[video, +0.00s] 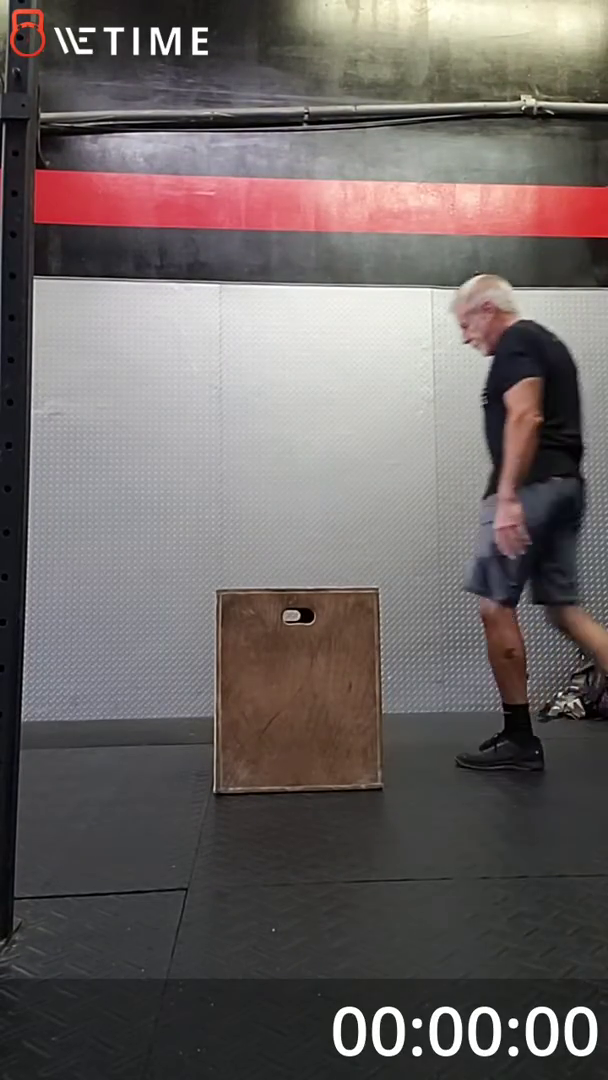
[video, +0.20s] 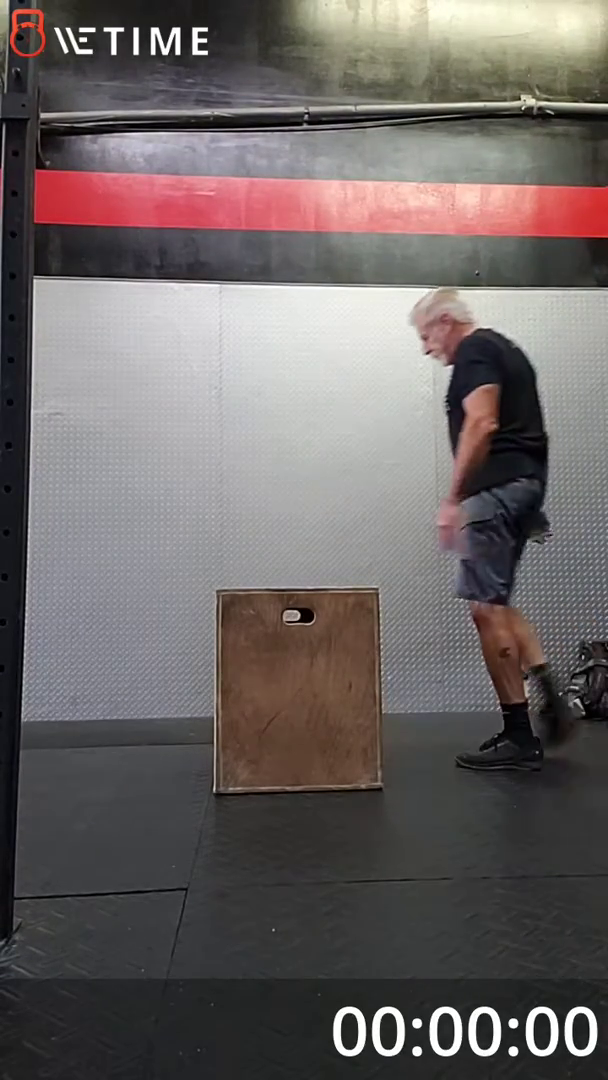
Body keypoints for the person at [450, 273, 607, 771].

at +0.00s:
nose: (466, 336)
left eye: (468, 325)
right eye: (462, 328)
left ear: (490, 311)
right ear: (499, 312)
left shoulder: (516, 342)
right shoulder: (549, 343)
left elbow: (526, 416)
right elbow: (562, 428)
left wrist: (507, 498)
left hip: (529, 491)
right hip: (562, 488)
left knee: (495, 608)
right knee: (564, 608)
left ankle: (519, 738)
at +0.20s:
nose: (427, 349)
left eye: (427, 338)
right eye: (423, 341)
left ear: (448, 323)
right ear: (452, 323)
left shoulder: (475, 350)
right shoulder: (504, 349)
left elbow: (483, 422)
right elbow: (526, 433)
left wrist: (453, 498)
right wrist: (527, 503)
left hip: (495, 492)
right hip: (518, 489)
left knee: (485, 610)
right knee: (498, 604)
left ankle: (519, 736)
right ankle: (549, 692)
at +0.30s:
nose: (405, 359)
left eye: (405, 348)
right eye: (401, 352)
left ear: (425, 333)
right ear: (428, 334)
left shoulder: (454, 359)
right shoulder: (477, 360)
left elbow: (459, 428)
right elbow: (499, 441)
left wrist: (415, 496)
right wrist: (507, 508)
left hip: (477, 496)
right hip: (494, 494)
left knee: (480, 610)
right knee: (475, 610)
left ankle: (520, 737)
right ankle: (492, 714)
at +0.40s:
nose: (390, 370)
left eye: (390, 360)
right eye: (386, 363)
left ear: (409, 344)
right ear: (411, 346)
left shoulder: (439, 368)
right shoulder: (462, 371)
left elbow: (442, 434)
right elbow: (485, 450)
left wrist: (399, 498)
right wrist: (488, 515)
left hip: (461, 501)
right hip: (476, 500)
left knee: (473, 610)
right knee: (454, 612)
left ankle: (520, 736)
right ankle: (444, 709)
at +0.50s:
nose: (377, 377)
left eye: (377, 366)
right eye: (373, 369)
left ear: (397, 353)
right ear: (400, 353)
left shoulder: (425, 378)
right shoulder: (441, 379)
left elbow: (429, 442)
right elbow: (444, 453)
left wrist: (389, 503)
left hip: (446, 508)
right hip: (458, 505)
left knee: (461, 614)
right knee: (437, 613)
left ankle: (517, 734)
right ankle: (433, 718)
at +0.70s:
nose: (350, 383)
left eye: (350, 373)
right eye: (347, 376)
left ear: (372, 360)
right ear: (371, 362)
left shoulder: (398, 386)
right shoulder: (404, 386)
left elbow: (416, 444)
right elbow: (416, 451)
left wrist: (396, 512)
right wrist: (394, 509)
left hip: (416, 510)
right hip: (430, 508)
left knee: (390, 608)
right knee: (419, 612)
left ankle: (468, 693)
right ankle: (432, 716)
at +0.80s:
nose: (335, 382)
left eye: (339, 373)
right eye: (332, 376)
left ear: (361, 362)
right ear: (358, 367)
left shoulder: (387, 388)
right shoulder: (381, 394)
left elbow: (412, 445)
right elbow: (400, 454)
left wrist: (399, 509)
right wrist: (382, 509)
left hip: (391, 513)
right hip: (411, 510)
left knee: (365, 608)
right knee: (412, 610)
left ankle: (420, 700)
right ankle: (430, 715)